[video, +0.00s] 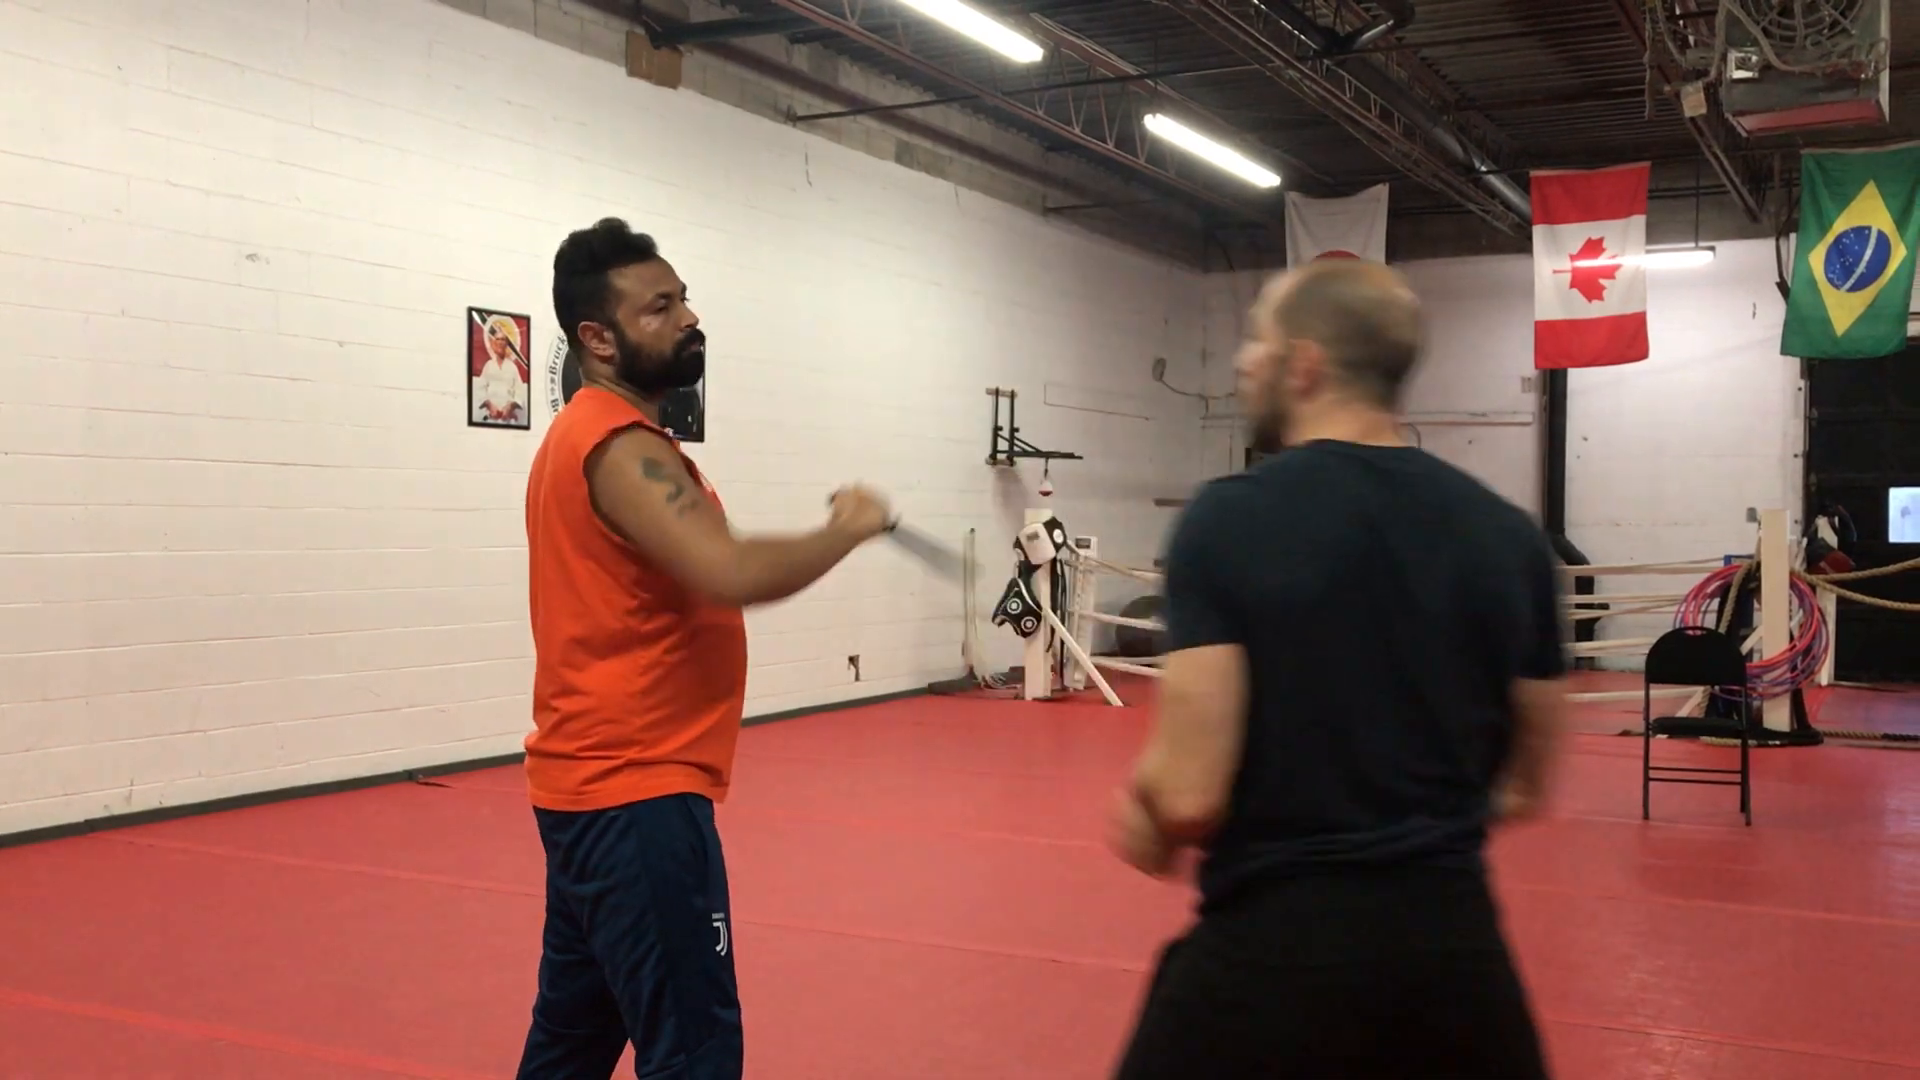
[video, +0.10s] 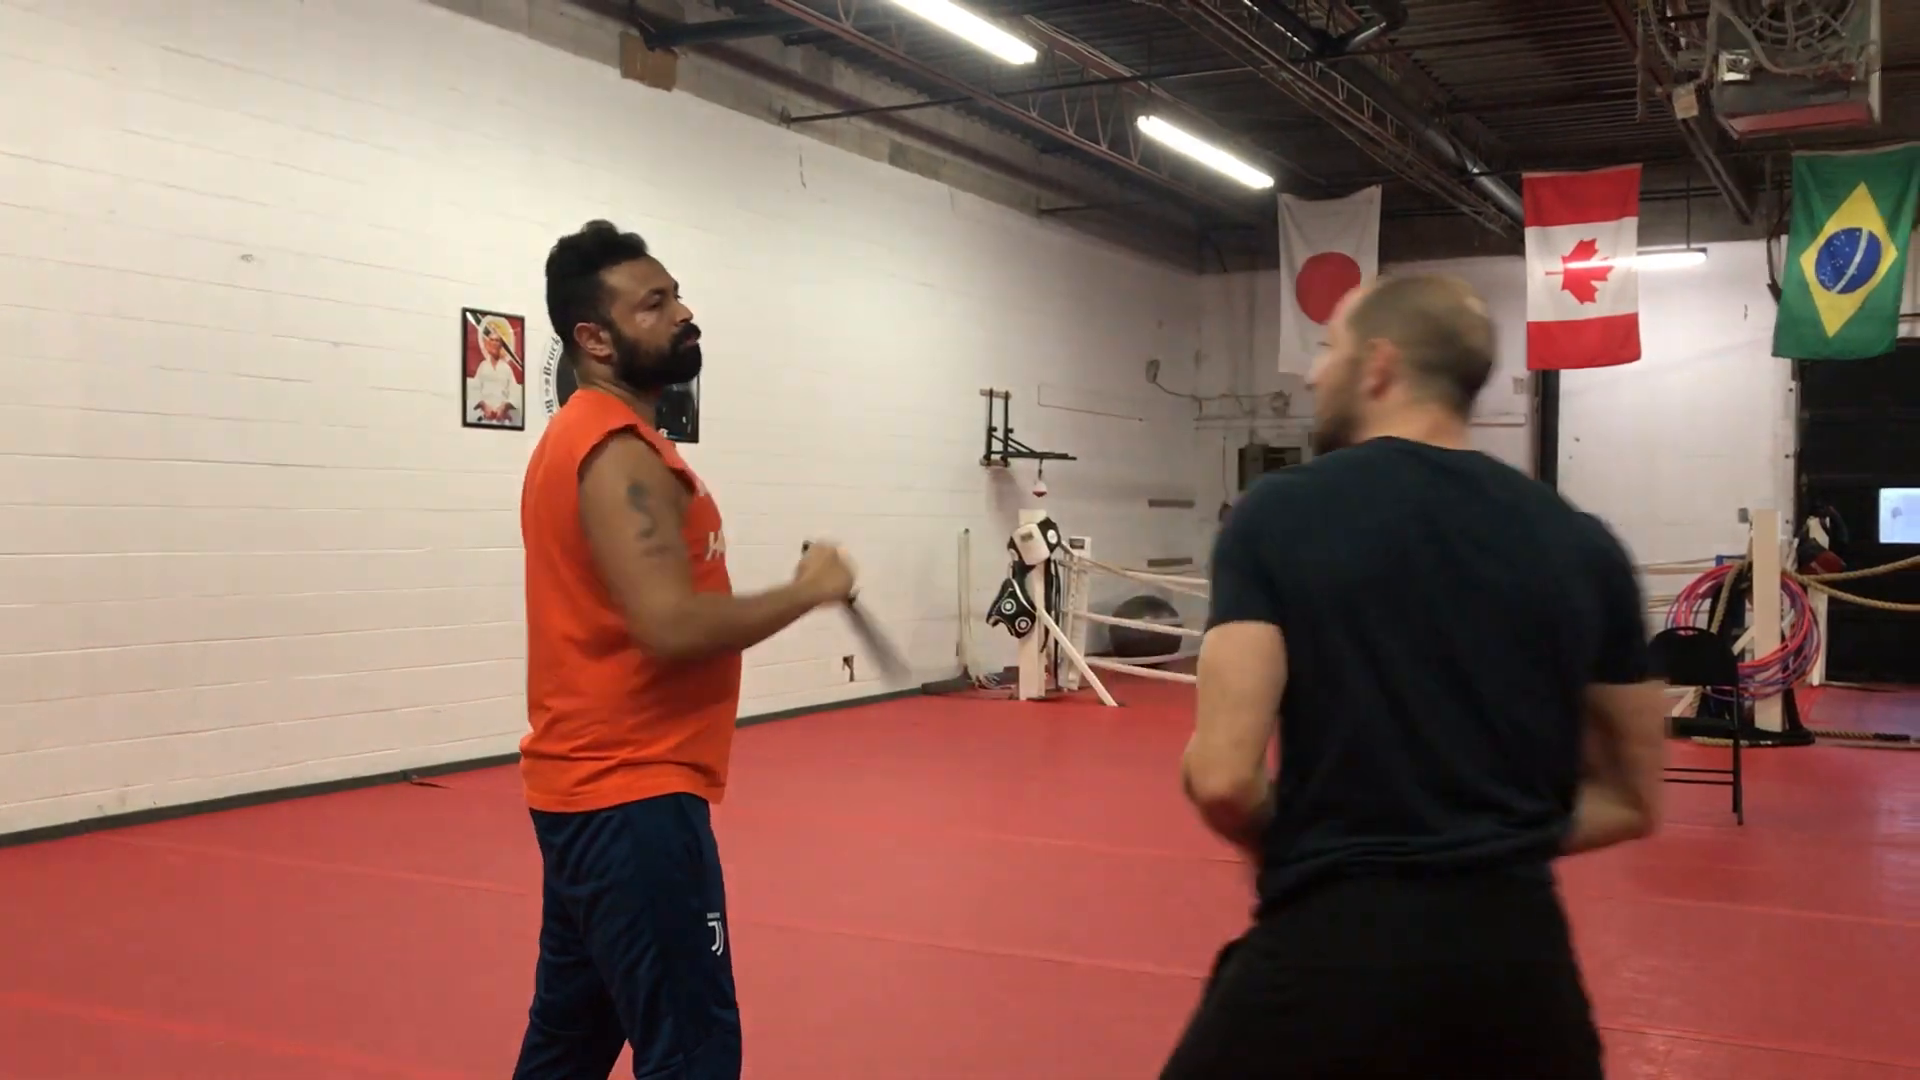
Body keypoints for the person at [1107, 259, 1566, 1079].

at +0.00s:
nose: (1239, 363)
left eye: (1255, 339)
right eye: (1247, 339)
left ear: (1305, 364)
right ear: (1394, 370)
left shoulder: (1229, 518)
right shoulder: (1506, 535)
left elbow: (1189, 798)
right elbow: (1527, 782)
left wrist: (1150, 806)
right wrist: (1399, 790)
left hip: (1260, 965)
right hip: (1452, 958)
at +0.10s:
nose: (1313, 373)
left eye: (1328, 349)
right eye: (1320, 349)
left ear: (1378, 367)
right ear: (1468, 385)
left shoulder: (1279, 514)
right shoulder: (1579, 543)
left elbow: (1219, 777)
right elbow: (1631, 801)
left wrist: (1308, 842)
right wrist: (1479, 832)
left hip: (1316, 973)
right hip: (1521, 976)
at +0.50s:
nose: (1401, 456)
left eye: (1412, 437)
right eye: (1405, 439)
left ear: (1458, 429)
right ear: (1553, 477)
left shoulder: (1333, 511)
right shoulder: (1638, 597)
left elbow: (1250, 750)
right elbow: (1585, 843)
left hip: (1301, 968)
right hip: (1523, 997)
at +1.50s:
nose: (1012, 517)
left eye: (1024, 517)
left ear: (1021, 530)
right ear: (1069, 640)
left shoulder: (874, 508)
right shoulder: (1041, 730)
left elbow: (704, 380)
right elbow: (953, 878)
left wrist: (747, 300)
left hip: (676, 971)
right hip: (862, 998)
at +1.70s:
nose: (913, 522)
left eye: (919, 520)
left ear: (922, 526)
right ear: (970, 647)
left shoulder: (785, 498)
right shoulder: (942, 736)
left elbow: (654, 354)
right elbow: (846, 871)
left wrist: (740, 402)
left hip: (566, 965)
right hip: (748, 994)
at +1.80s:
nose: (896, 529)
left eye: (903, 526)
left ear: (909, 531)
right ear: (958, 651)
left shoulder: (773, 504)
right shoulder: (927, 744)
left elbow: (641, 363)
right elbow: (827, 878)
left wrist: (729, 408)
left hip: (551, 970)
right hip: (734, 998)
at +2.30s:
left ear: (914, 508)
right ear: (962, 635)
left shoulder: (773, 490)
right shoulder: (947, 725)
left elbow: (629, 369)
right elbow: (853, 870)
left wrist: (710, 325)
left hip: (573, 970)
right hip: (758, 993)